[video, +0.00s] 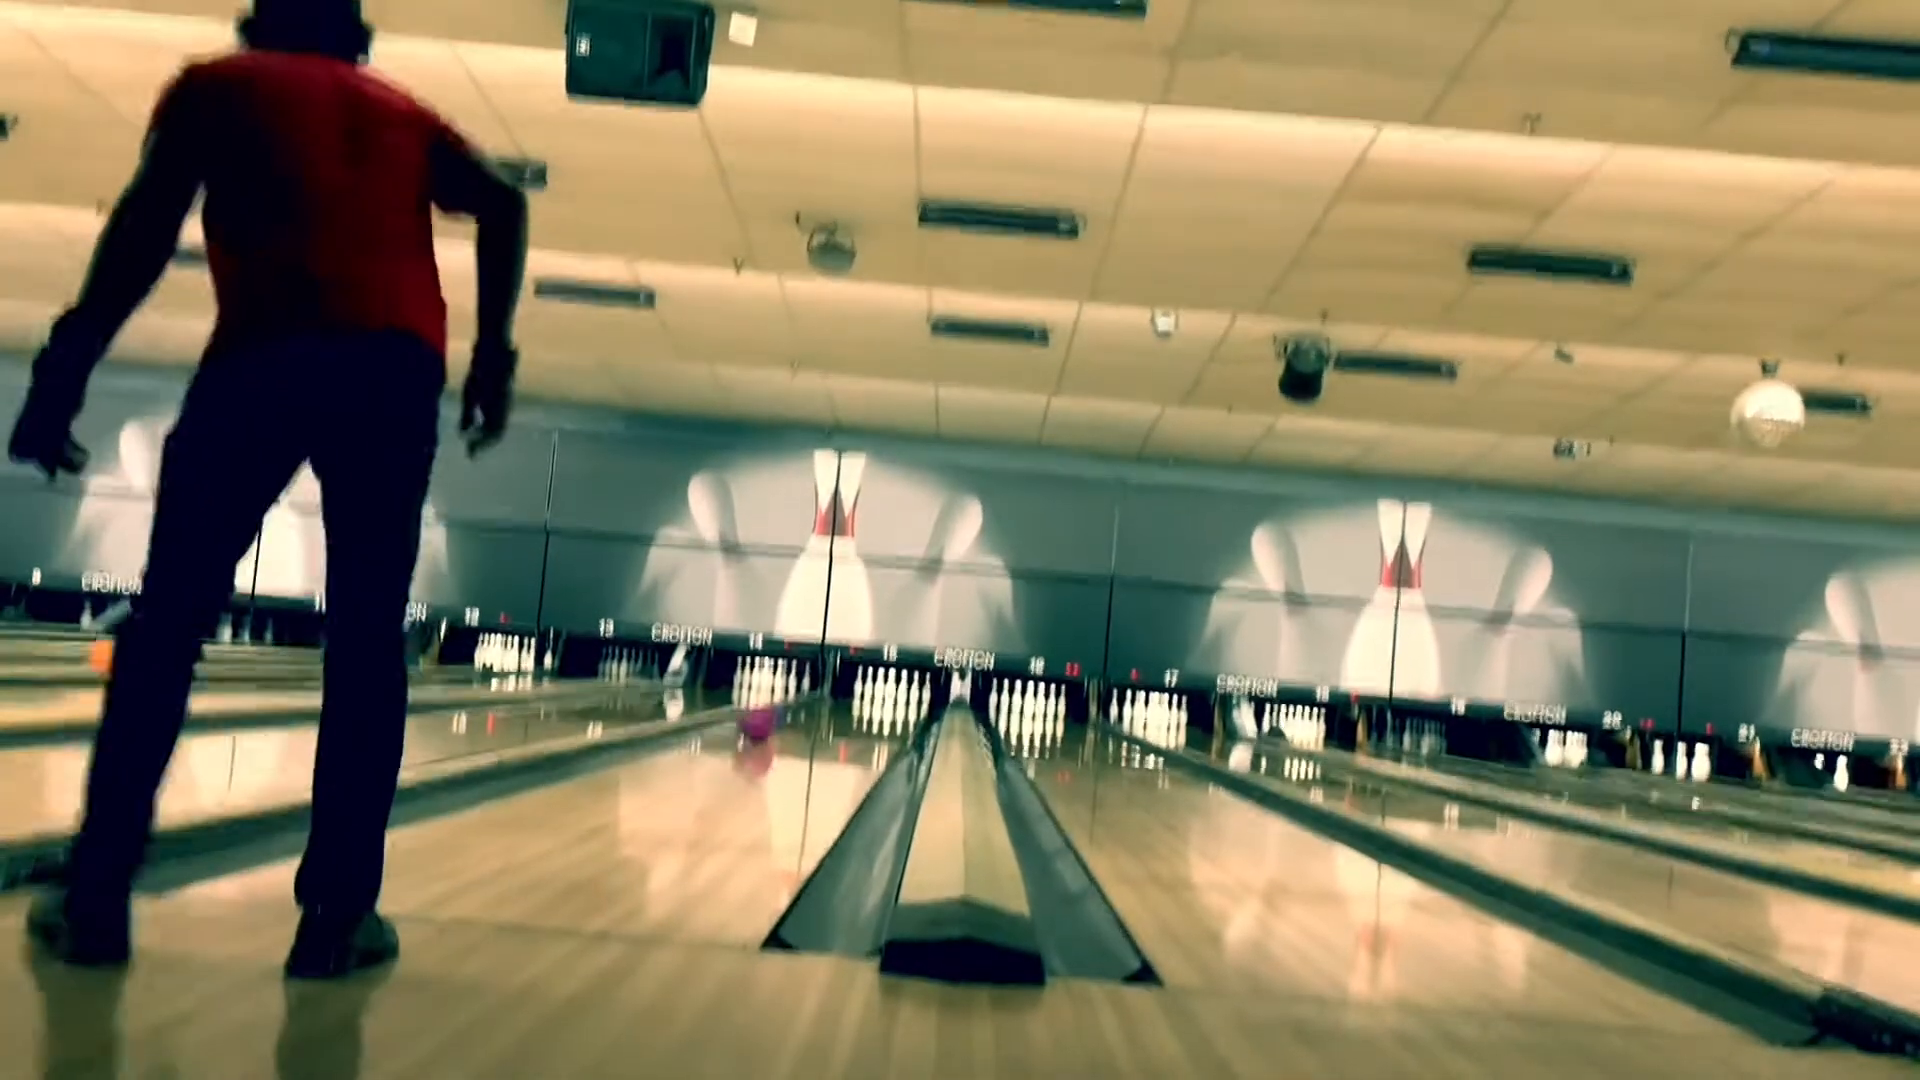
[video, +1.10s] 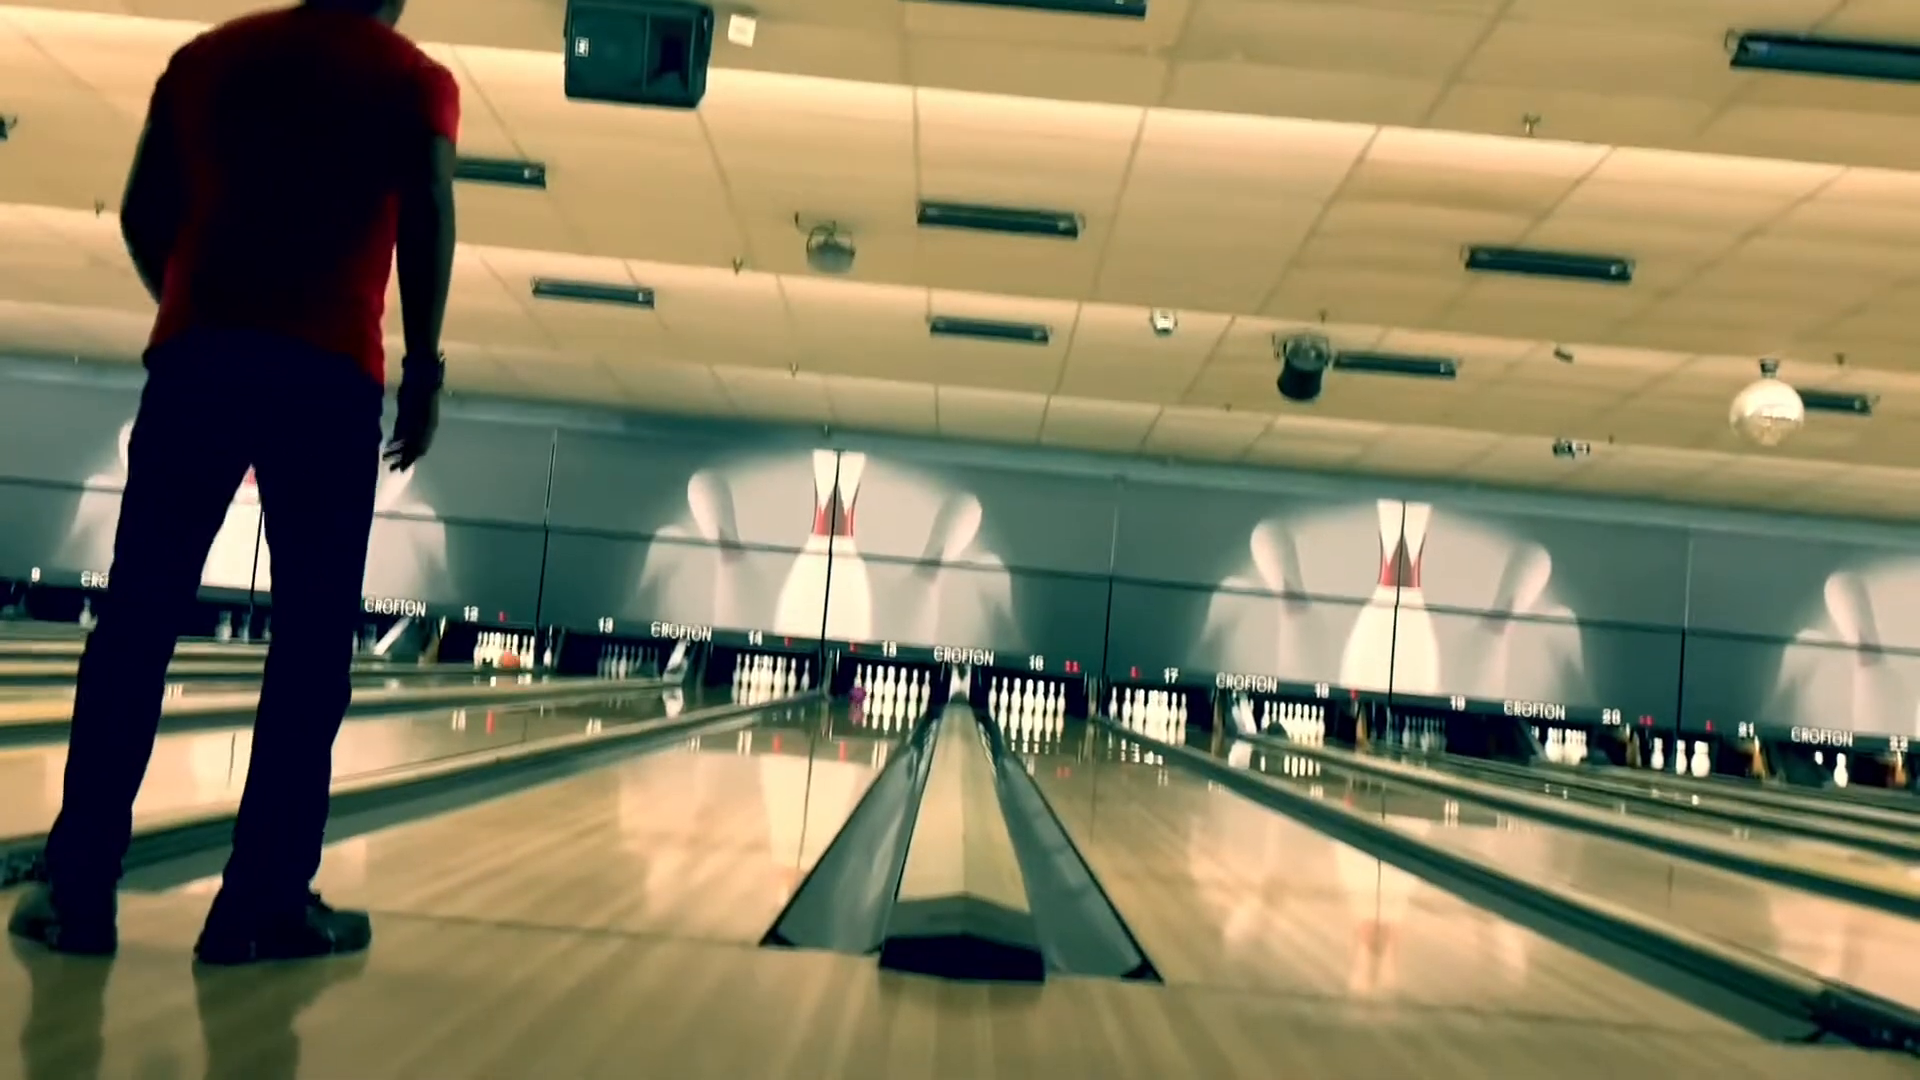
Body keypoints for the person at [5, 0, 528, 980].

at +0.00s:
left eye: (249, 27)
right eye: (358, 38)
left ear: (259, 28)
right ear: (354, 40)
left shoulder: (213, 86)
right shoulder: (401, 113)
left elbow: (141, 238)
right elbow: (504, 201)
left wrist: (58, 382)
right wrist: (495, 348)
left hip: (258, 368)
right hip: (394, 377)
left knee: (169, 625)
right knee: (368, 649)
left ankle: (96, 907)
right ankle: (333, 924)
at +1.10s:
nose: (409, 6)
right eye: (407, 2)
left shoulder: (202, 57)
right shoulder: (417, 78)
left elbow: (142, 215)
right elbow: (427, 224)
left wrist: (199, 313)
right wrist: (423, 364)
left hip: (194, 367)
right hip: (326, 380)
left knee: (134, 624)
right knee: (313, 644)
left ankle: (79, 899)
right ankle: (263, 906)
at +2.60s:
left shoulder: (92, 11)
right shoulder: (309, 4)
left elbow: (45, 185)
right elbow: (281, 138)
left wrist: (138, 277)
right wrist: (310, 324)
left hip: (78, 323)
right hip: (218, 331)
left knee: (30, 620)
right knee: (240, 631)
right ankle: (260, 893)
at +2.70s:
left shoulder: (64, 5)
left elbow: (19, 141)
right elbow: (233, 87)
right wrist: (246, 288)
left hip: (42, 295)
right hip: (177, 304)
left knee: (12, 613)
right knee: (218, 606)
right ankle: (215, 897)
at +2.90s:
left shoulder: (174, 16)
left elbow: (110, 141)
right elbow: (62, 79)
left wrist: (168, 287)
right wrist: (115, 286)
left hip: (78, 305)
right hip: (73, 308)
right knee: (120, 605)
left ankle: (35, 940)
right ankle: (31, 945)